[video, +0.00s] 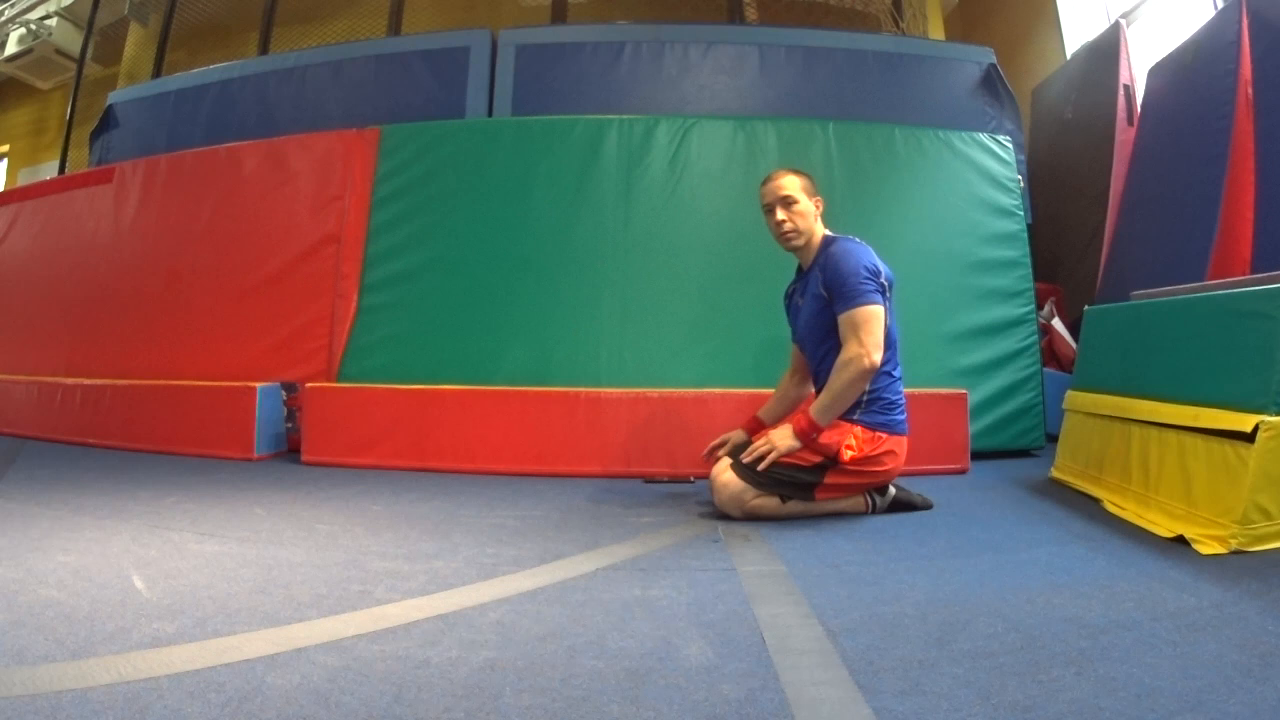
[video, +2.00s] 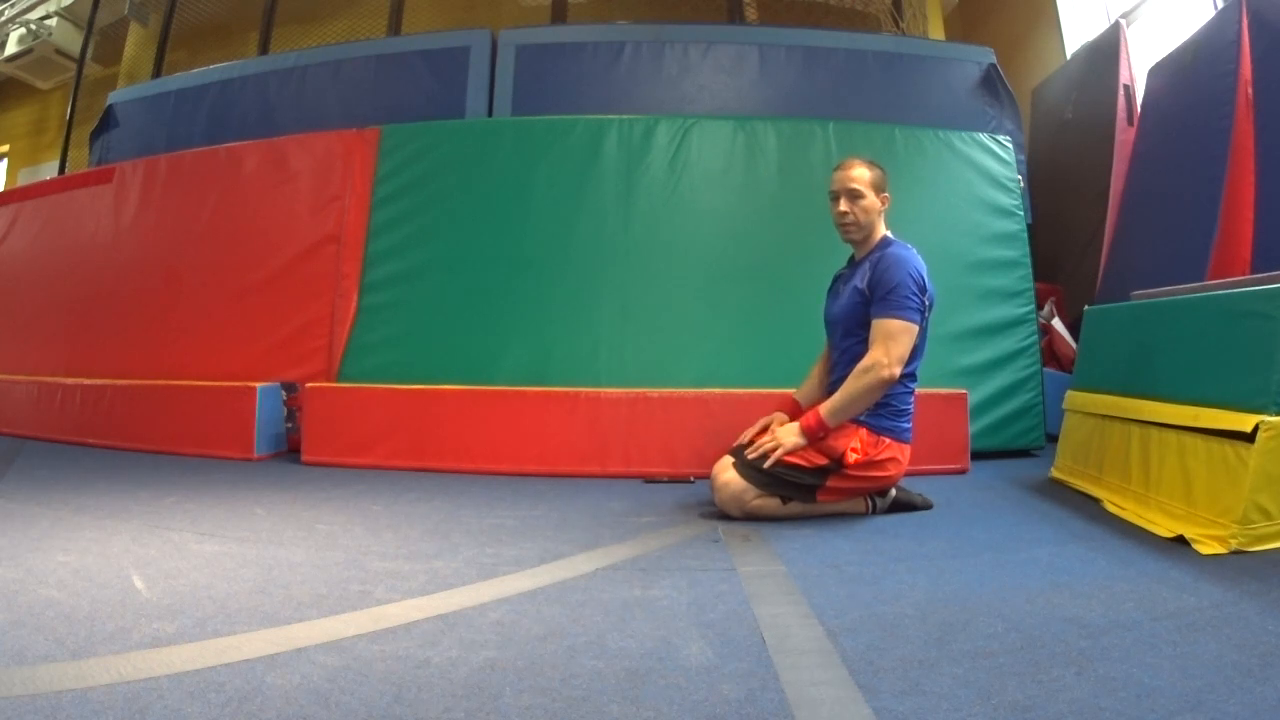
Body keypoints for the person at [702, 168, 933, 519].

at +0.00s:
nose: (778, 217)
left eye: (788, 204)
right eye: (769, 211)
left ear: (817, 206)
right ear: (765, 221)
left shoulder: (846, 257)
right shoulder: (798, 291)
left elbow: (864, 358)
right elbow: (800, 377)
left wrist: (799, 430)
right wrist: (750, 430)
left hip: (868, 439)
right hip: (837, 430)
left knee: (733, 493)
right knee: (724, 472)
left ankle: (868, 500)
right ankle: (858, 490)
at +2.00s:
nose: (842, 208)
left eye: (855, 196)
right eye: (835, 198)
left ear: (883, 202)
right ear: (829, 204)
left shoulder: (898, 263)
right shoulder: (848, 276)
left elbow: (884, 367)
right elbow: (832, 361)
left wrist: (806, 428)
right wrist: (787, 414)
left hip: (872, 444)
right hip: (843, 433)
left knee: (734, 494)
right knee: (724, 474)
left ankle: (870, 502)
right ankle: (859, 489)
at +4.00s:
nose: (835, 211)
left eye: (847, 198)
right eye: (828, 201)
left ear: (877, 202)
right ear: (823, 207)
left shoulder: (895, 263)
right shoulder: (848, 276)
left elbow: (882, 366)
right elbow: (832, 362)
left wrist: (805, 429)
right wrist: (788, 414)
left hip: (872, 444)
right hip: (844, 433)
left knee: (734, 493)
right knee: (724, 474)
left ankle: (869, 502)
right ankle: (859, 489)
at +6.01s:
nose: (823, 216)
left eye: (833, 203)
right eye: (818, 207)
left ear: (867, 202)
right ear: (815, 212)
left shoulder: (894, 263)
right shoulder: (848, 276)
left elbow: (883, 366)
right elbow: (833, 365)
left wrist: (809, 426)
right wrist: (787, 418)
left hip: (872, 444)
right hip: (846, 434)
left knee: (734, 494)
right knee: (725, 474)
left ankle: (868, 502)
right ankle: (860, 491)